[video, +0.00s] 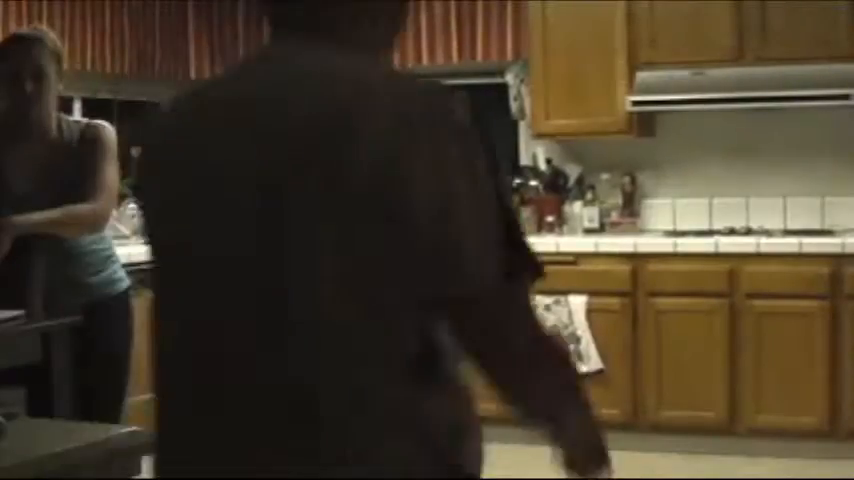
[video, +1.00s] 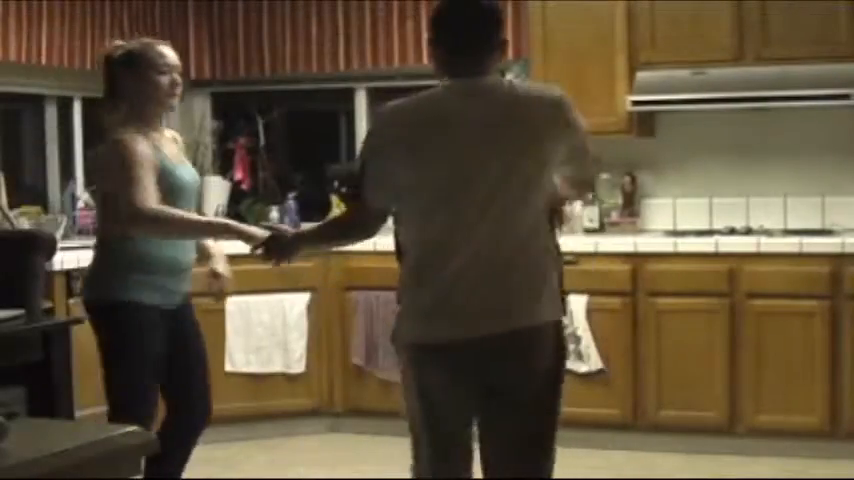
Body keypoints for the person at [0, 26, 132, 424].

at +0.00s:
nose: (26, 88)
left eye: (37, 77)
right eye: (15, 78)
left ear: (58, 80)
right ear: (2, 83)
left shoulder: (94, 135)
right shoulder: (7, 143)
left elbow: (98, 213)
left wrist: (16, 225)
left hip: (97, 298)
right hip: (30, 304)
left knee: (97, 431)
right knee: (41, 427)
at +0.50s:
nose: (89, 71)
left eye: (96, 64)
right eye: (76, 61)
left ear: (102, 75)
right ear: (43, 67)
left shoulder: (117, 136)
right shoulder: (13, 137)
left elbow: (129, 219)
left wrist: (45, 217)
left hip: (113, 296)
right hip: (38, 303)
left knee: (154, 425)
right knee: (52, 434)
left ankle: (161, 478)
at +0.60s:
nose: (106, 68)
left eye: (110, 61)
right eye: (91, 58)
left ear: (115, 73)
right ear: (55, 69)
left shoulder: (129, 135)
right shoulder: (21, 142)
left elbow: (156, 220)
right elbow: (2, 204)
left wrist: (77, 227)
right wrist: (22, 221)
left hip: (123, 298)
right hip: (51, 306)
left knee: (156, 420)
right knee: (62, 432)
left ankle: (155, 477)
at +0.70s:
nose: (121, 69)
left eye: (124, 62)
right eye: (108, 60)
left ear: (127, 74)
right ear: (71, 70)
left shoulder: (142, 136)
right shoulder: (44, 138)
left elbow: (177, 217)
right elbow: (5, 192)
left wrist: (139, 246)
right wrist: (71, 214)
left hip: (134, 300)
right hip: (67, 304)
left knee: (159, 416)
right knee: (75, 427)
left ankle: (154, 476)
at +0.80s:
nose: (138, 73)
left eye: (141, 66)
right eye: (125, 63)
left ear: (146, 77)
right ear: (91, 74)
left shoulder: (156, 138)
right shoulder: (71, 139)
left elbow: (184, 214)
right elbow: (31, 200)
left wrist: (176, 257)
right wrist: (120, 218)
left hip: (146, 303)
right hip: (86, 304)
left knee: (166, 415)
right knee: (90, 424)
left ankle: (150, 477)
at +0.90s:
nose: (159, 79)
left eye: (161, 71)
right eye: (147, 70)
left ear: (164, 79)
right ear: (113, 80)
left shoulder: (165, 139)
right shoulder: (101, 143)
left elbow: (186, 210)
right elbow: (88, 214)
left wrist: (200, 249)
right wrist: (189, 228)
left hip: (160, 300)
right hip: (105, 304)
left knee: (182, 412)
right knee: (104, 423)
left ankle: (154, 477)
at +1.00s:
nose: (177, 81)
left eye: (179, 73)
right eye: (164, 73)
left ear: (179, 80)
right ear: (130, 82)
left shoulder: (170, 140)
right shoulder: (124, 143)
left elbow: (185, 211)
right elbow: (138, 213)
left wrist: (213, 251)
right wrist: (237, 230)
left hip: (170, 296)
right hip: (126, 297)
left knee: (193, 410)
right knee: (135, 420)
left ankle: (159, 476)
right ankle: (120, 477)